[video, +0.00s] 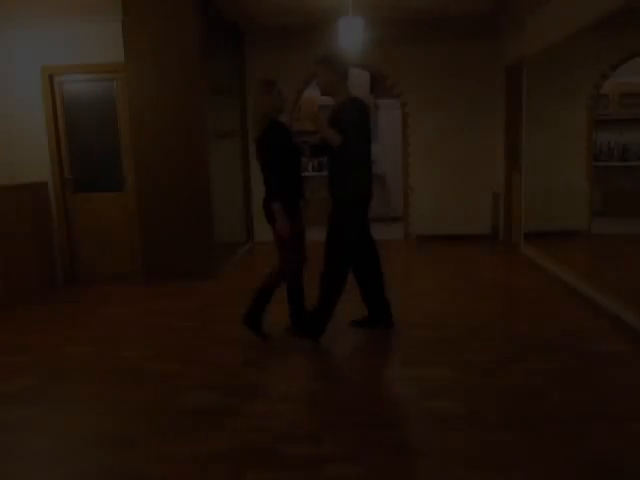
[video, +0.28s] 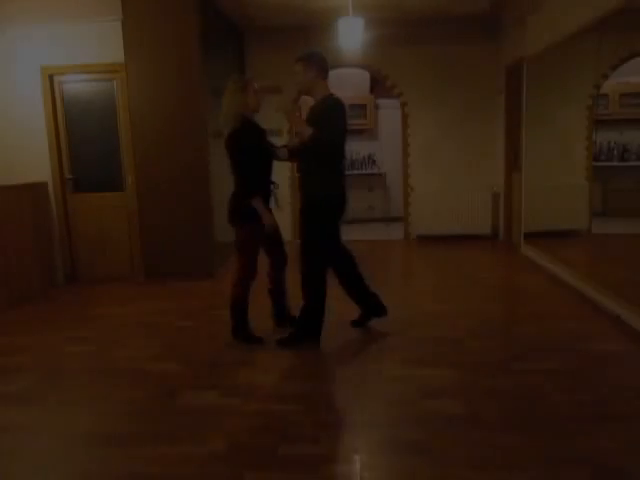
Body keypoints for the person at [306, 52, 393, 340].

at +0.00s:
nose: (319, 84)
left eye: (322, 77)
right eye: (319, 78)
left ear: (334, 76)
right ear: (337, 77)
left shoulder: (352, 108)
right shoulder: (339, 109)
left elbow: (353, 152)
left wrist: (328, 132)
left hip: (351, 193)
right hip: (346, 192)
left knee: (337, 254)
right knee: (362, 251)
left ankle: (318, 320)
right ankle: (379, 311)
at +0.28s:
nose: (299, 79)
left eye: (302, 73)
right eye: (299, 74)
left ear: (316, 74)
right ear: (316, 74)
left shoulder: (328, 108)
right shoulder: (322, 107)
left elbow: (315, 150)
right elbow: (312, 150)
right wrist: (283, 151)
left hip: (322, 196)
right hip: (321, 194)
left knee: (314, 261)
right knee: (333, 252)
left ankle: (309, 329)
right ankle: (370, 304)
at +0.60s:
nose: (278, 78)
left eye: (282, 72)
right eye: (279, 72)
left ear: (297, 73)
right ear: (298, 74)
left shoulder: (309, 108)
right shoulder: (304, 106)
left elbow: (293, 151)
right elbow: (291, 147)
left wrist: (258, 152)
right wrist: (258, 151)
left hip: (305, 196)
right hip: (302, 194)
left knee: (298, 257)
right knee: (300, 255)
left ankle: (306, 327)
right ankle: (316, 311)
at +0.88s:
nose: (264, 77)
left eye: (268, 71)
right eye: (264, 71)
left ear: (284, 72)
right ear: (282, 74)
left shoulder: (298, 106)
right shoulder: (285, 108)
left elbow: (292, 147)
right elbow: (277, 152)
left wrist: (266, 119)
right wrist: (242, 156)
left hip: (298, 197)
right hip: (286, 197)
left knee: (297, 260)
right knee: (279, 258)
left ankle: (305, 328)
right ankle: (285, 313)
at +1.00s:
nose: (262, 77)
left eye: (266, 71)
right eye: (262, 72)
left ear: (282, 72)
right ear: (277, 74)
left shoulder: (298, 106)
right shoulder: (278, 108)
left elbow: (296, 146)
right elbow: (271, 152)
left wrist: (267, 118)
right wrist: (236, 156)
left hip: (295, 195)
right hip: (280, 195)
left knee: (295, 260)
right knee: (277, 258)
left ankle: (305, 327)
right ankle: (284, 313)